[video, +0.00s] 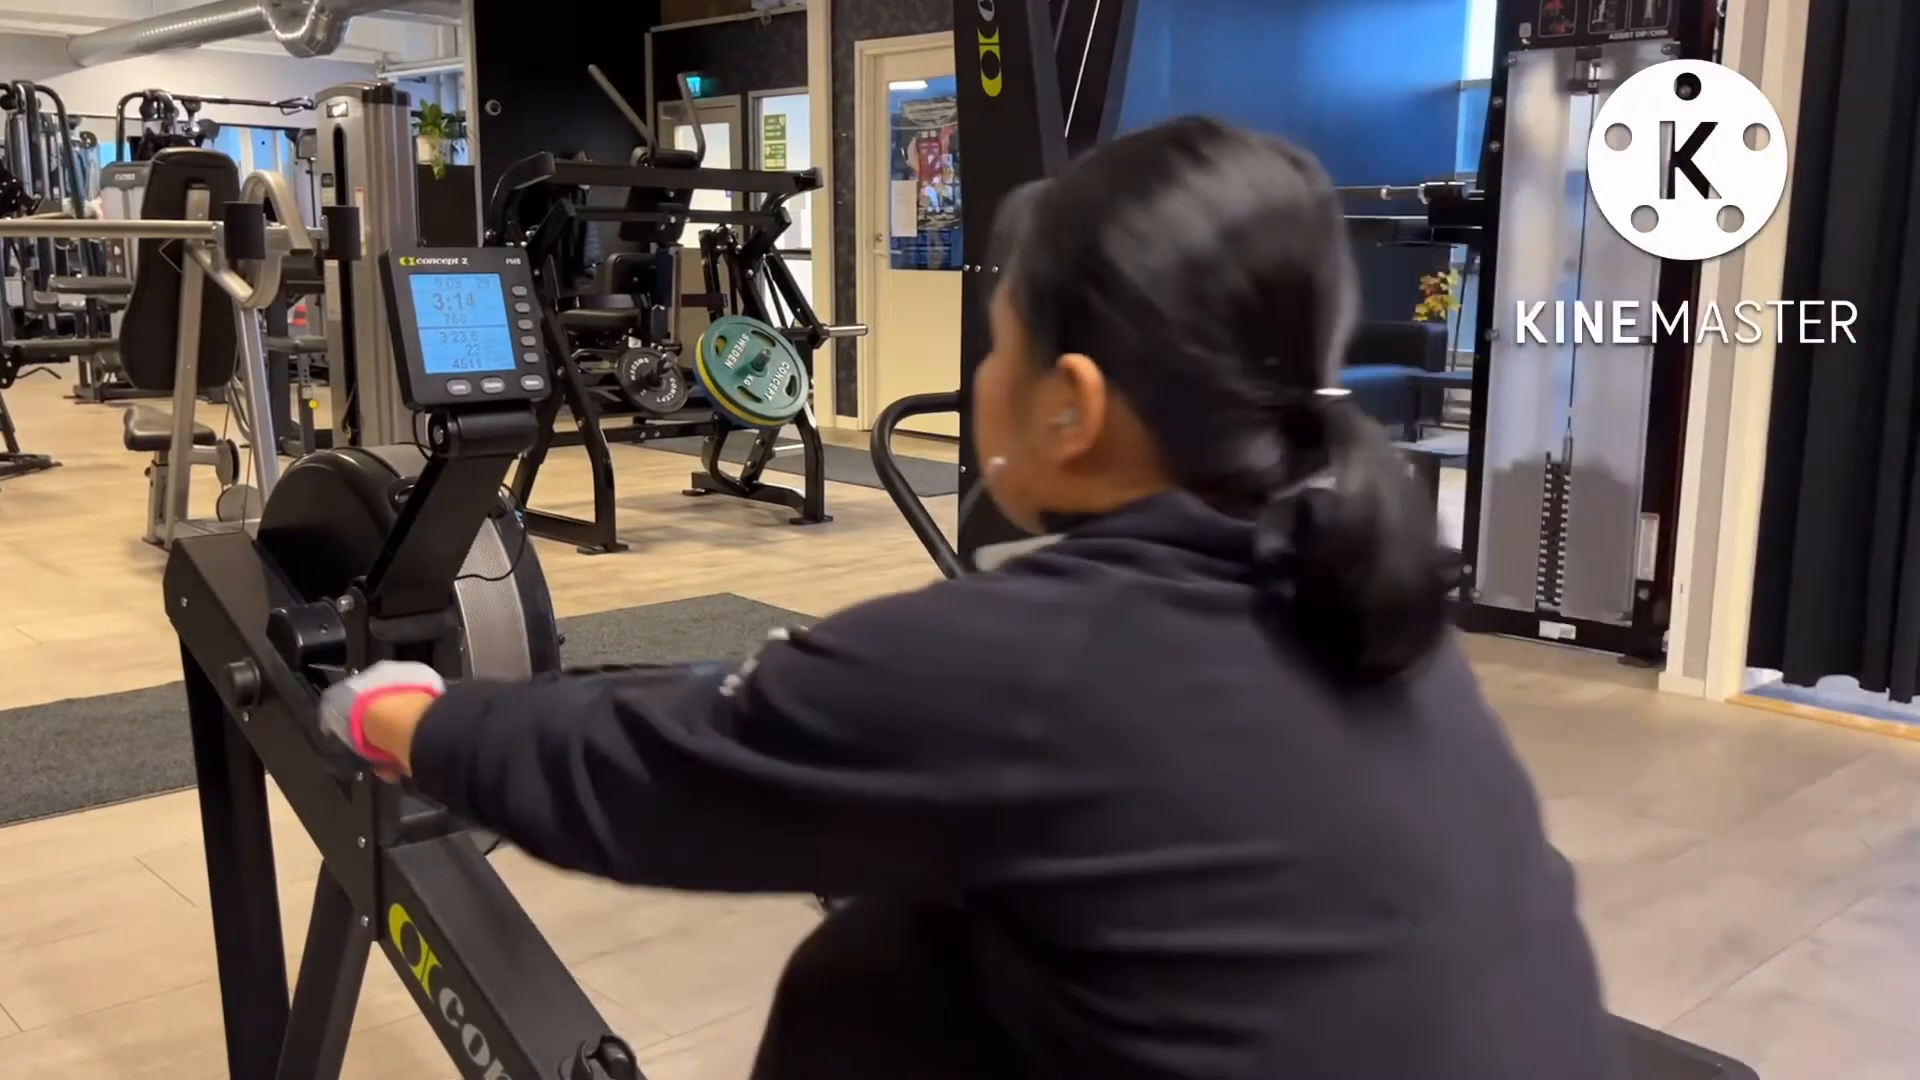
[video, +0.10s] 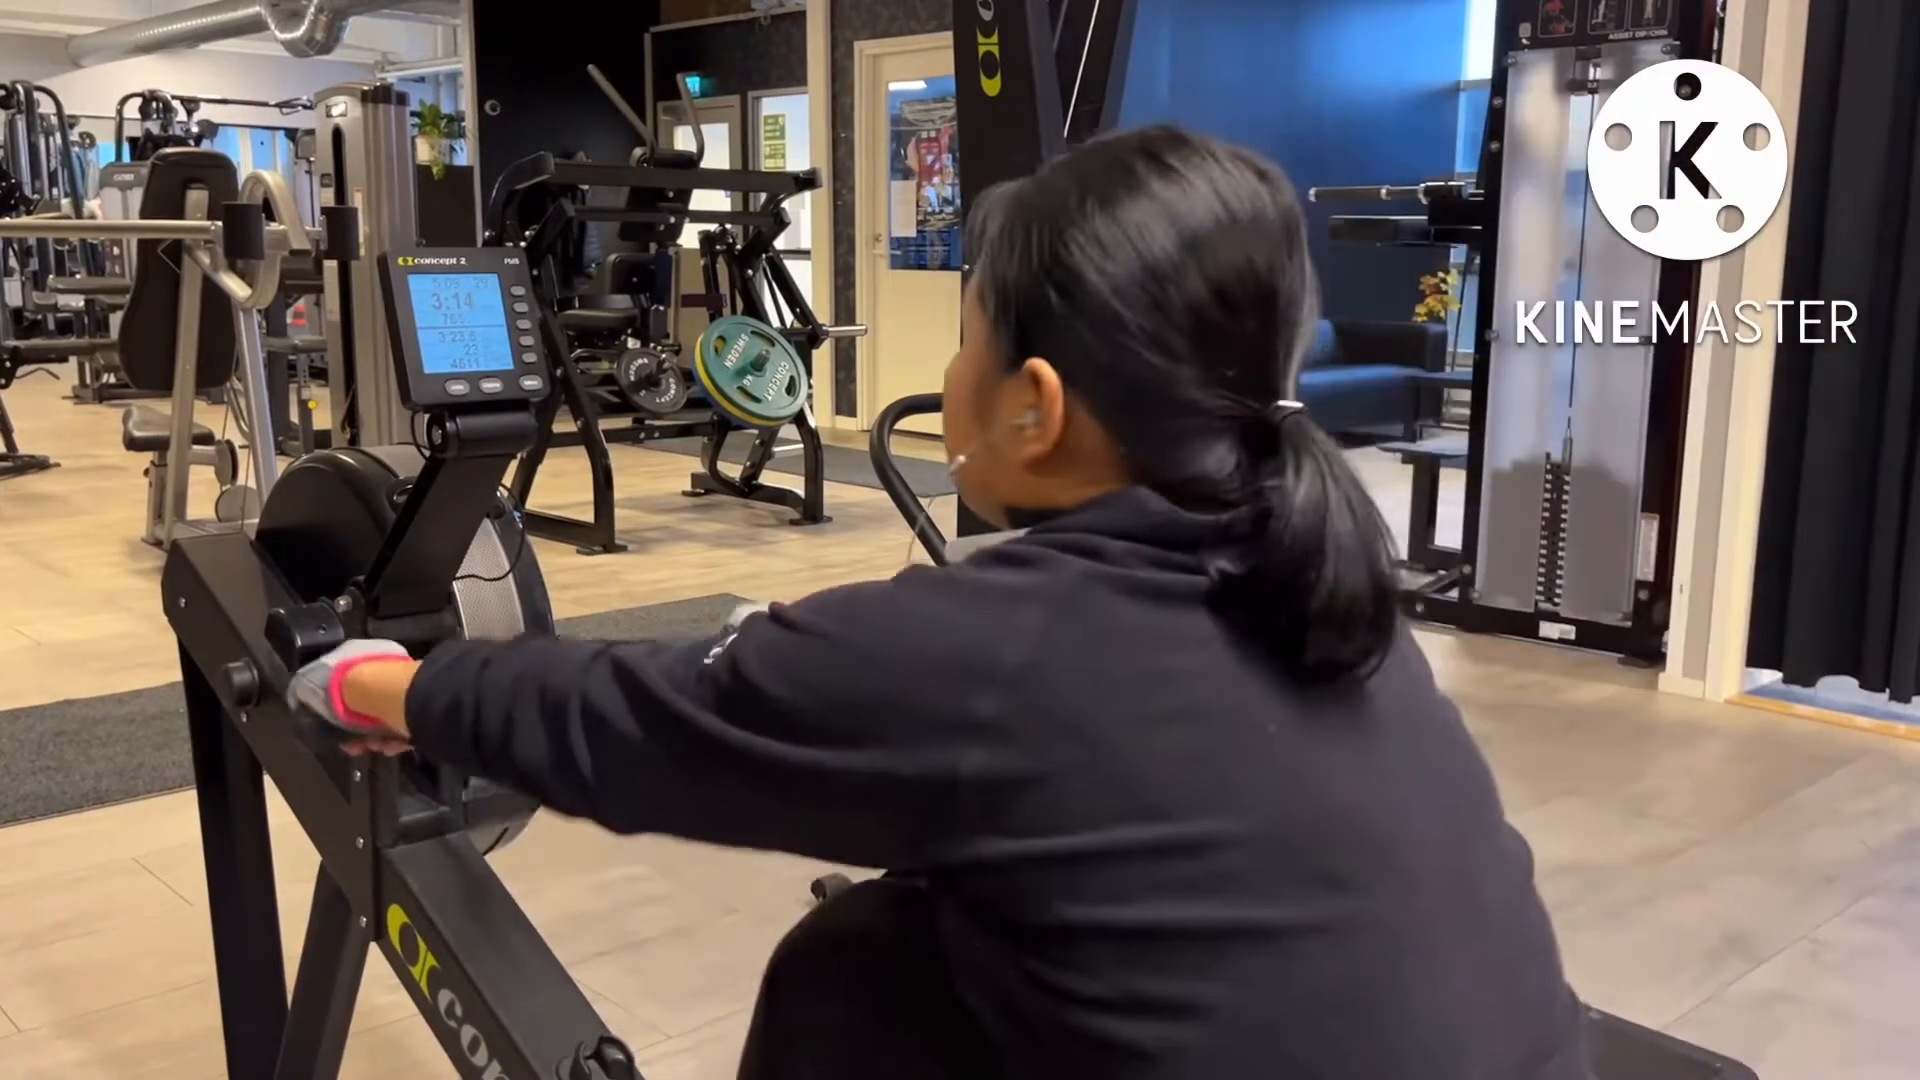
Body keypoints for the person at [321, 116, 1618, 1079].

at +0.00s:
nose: (972, 382)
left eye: (989, 346)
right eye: (983, 341)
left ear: (1082, 405)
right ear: (1281, 378)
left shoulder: (1007, 658)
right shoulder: (1378, 581)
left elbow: (659, 764)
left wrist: (419, 722)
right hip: (1548, 1041)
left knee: (865, 962)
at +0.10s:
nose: (946, 383)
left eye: (964, 346)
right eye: (961, 339)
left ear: (1041, 412)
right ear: (1241, 388)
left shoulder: (978, 646)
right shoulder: (1326, 561)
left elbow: (659, 712)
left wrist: (416, 690)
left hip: (1272, 1062)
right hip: (1519, 1038)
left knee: (846, 954)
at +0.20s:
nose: (962, 377)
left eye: (981, 341)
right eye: (978, 334)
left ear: (1056, 409)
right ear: (1261, 381)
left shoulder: (1002, 647)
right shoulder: (1340, 553)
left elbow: (677, 698)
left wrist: (421, 679)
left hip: (1291, 1060)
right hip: (1539, 1037)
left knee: (857, 969)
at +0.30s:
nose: (1029, 362)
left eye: (1052, 323)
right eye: (1048, 318)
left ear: (1140, 398)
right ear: (1347, 377)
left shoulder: (1074, 671)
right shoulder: (1441, 579)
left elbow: (714, 748)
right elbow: (1242, 684)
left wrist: (482, 714)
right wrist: (986, 640)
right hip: (1633, 1046)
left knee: (912, 983)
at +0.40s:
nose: (1157, 366)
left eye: (1182, 325)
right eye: (1174, 320)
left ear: (1305, 388)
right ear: (1506, 374)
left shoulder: (1240, 722)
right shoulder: (1592, 614)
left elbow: (844, 869)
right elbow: (1364, 720)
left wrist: (572, 798)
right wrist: (1084, 697)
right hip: (1741, 1041)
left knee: (989, 1000)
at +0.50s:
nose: (1329, 381)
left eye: (1357, 328)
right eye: (1342, 324)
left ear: (1508, 388)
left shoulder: (1383, 798)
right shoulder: (1819, 691)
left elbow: (979, 931)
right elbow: (1528, 765)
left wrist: (679, 868)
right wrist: (1193, 765)